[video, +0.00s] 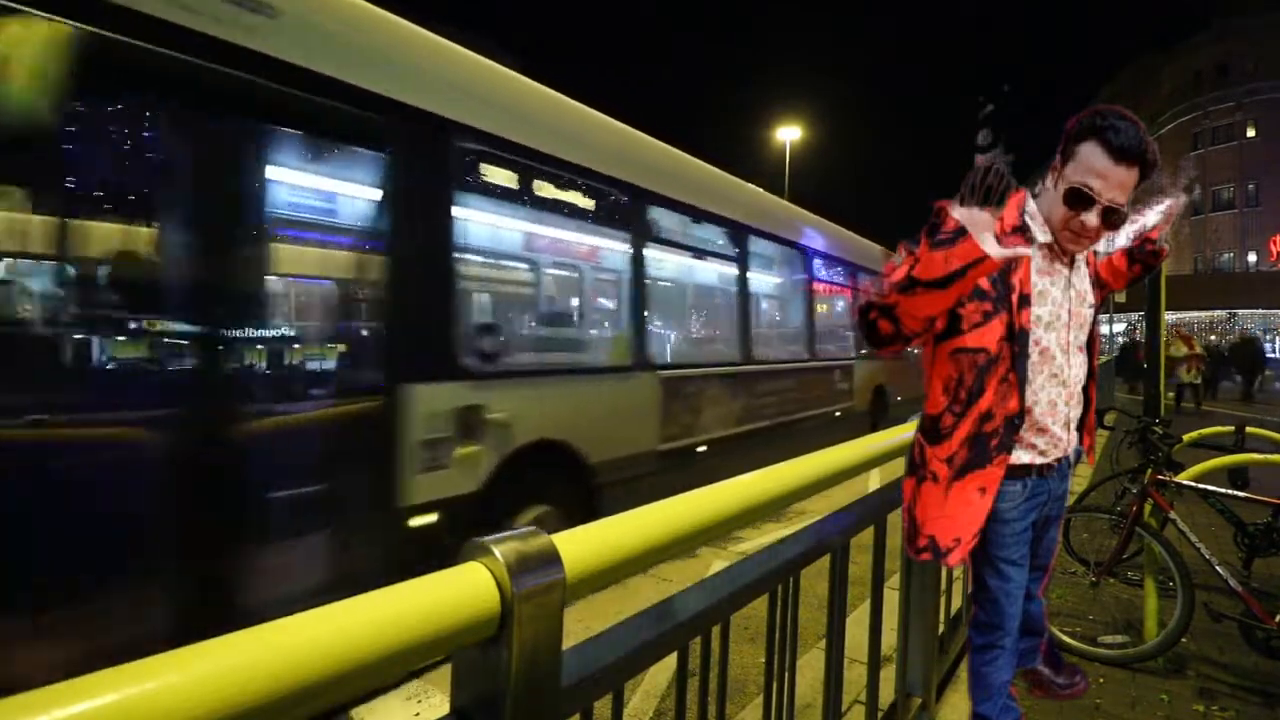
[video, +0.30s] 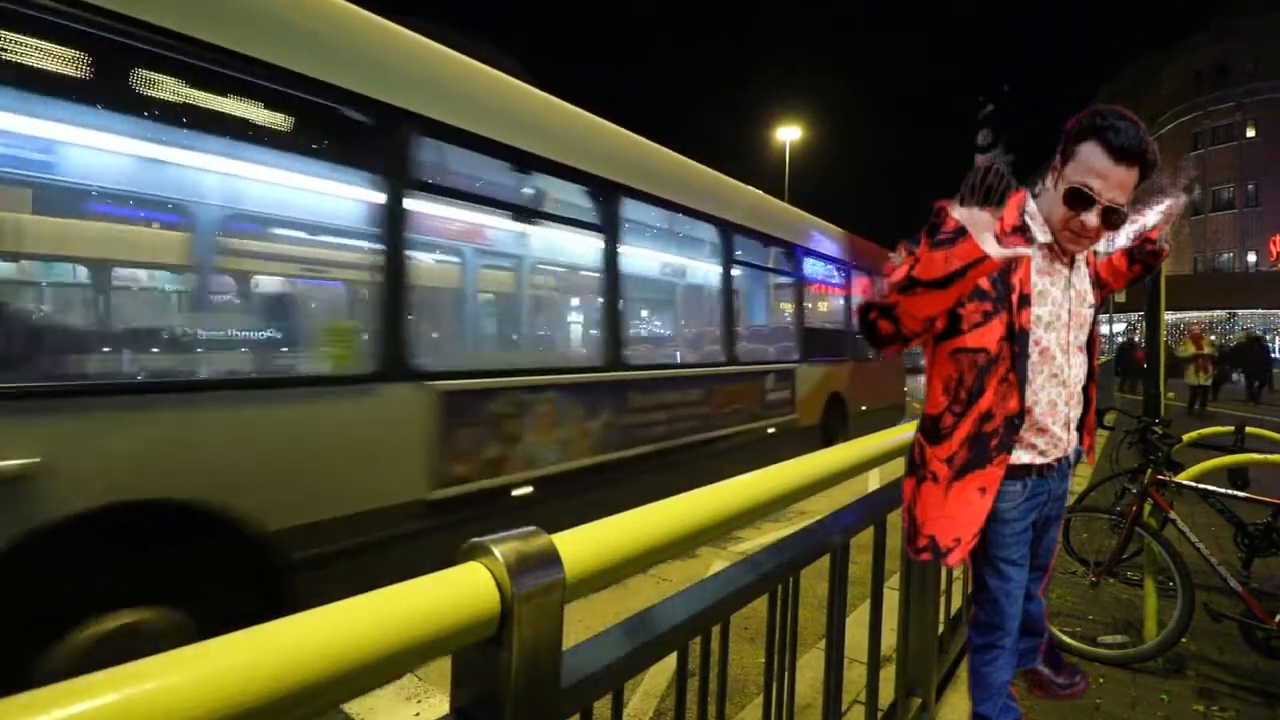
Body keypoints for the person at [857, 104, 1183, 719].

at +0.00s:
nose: (1089, 222)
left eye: (1109, 212)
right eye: (1080, 197)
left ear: (1123, 211)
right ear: (1052, 171)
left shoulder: (1083, 264)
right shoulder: (984, 242)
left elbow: (1112, 273)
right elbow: (882, 326)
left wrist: (1150, 241)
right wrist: (962, 245)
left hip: (1057, 467)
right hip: (1000, 474)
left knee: (1035, 581)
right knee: (999, 611)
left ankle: (1028, 659)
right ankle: (994, 709)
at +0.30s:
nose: (1089, 222)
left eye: (1109, 212)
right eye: (1080, 197)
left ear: (1123, 211)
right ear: (1052, 171)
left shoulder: (1083, 264)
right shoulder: (982, 241)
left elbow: (1115, 271)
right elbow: (884, 326)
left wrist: (1150, 240)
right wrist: (963, 247)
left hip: (1057, 468)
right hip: (1000, 474)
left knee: (1034, 581)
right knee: (1000, 612)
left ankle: (1027, 660)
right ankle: (994, 709)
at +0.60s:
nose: (1089, 222)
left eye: (1110, 212)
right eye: (1080, 198)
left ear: (1124, 210)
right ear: (1052, 171)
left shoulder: (1084, 263)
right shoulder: (986, 242)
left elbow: (1112, 274)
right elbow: (883, 326)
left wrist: (1150, 242)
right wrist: (965, 245)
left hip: (1057, 466)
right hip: (1000, 474)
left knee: (1035, 581)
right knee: (1000, 611)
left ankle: (1028, 658)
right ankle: (994, 709)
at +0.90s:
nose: (1089, 222)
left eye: (1110, 212)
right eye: (1080, 197)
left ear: (1124, 210)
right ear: (1052, 171)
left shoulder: (1085, 263)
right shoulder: (986, 242)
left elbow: (1116, 271)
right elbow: (881, 327)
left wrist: (1150, 242)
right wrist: (963, 247)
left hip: (1057, 467)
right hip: (1000, 474)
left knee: (1035, 581)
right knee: (1000, 611)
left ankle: (1027, 659)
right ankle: (994, 709)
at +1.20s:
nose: (1089, 222)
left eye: (1110, 212)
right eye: (1080, 197)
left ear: (1124, 210)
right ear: (1052, 171)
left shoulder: (1085, 263)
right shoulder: (985, 242)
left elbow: (1116, 271)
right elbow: (881, 326)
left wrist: (1150, 242)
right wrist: (963, 246)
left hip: (1057, 466)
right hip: (1000, 474)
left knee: (1035, 581)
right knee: (1000, 611)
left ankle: (1028, 659)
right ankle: (994, 709)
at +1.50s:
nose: (1089, 222)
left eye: (1110, 212)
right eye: (1080, 197)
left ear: (1124, 210)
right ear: (1052, 171)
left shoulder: (1085, 263)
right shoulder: (985, 243)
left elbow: (1115, 271)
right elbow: (881, 327)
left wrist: (1150, 242)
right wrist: (963, 246)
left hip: (1057, 467)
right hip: (1000, 474)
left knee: (1035, 580)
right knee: (1000, 611)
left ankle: (1028, 658)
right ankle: (994, 709)